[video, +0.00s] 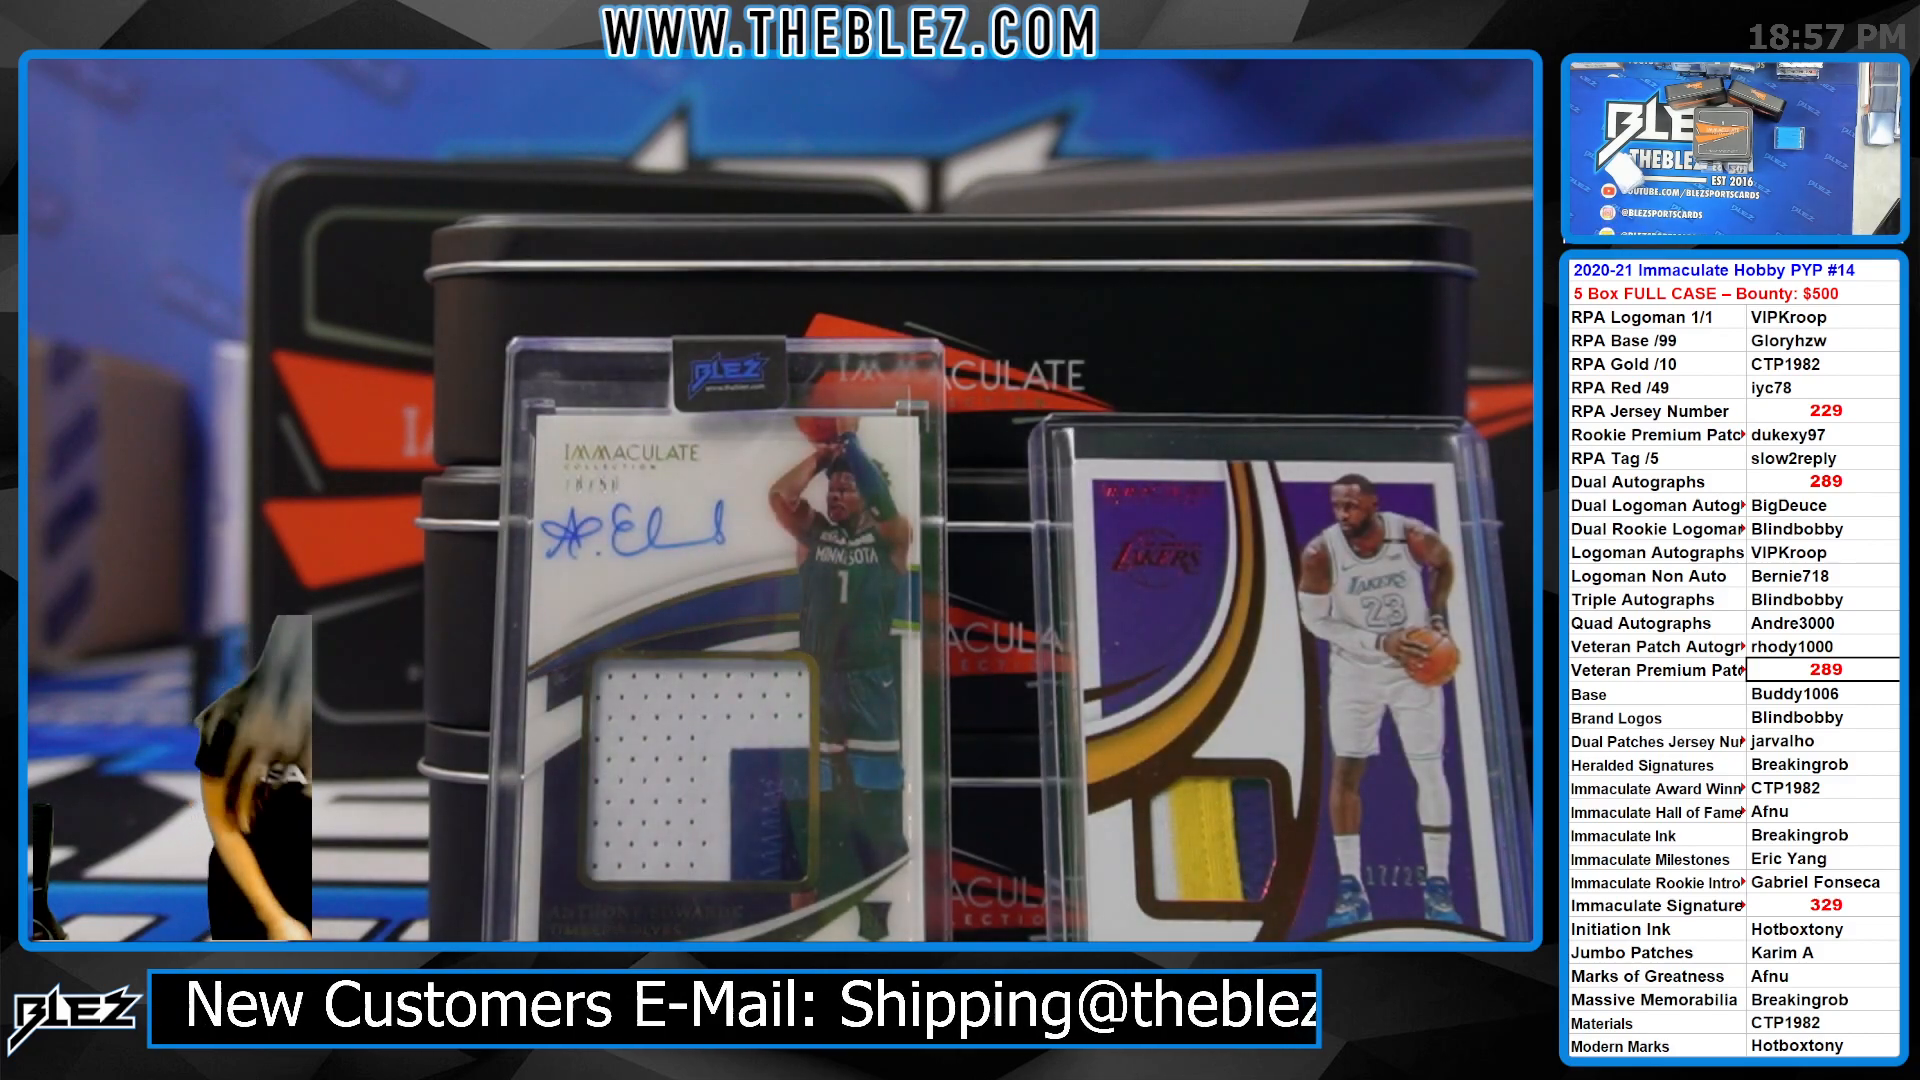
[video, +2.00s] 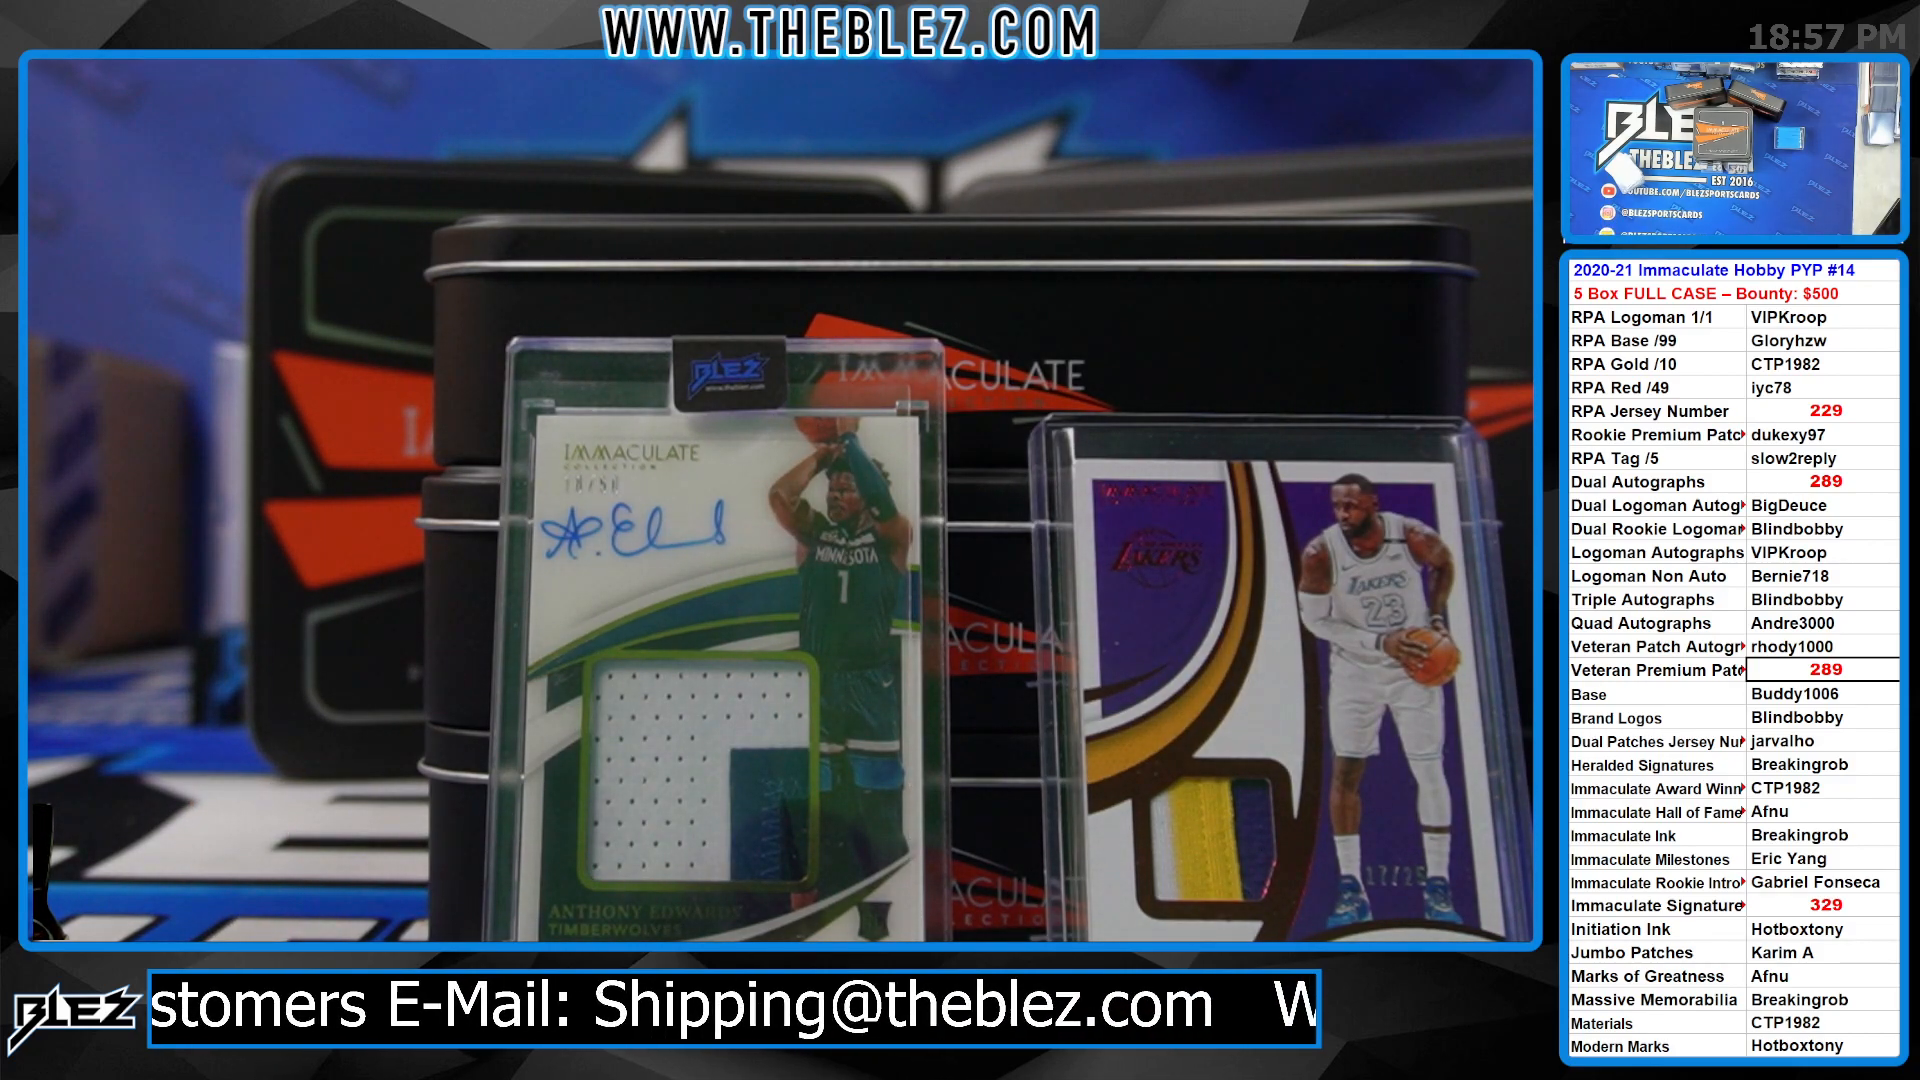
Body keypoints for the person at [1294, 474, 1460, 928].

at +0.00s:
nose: (1343, 514)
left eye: (1351, 505)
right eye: (1337, 506)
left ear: (1374, 505)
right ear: (1332, 509)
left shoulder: (1413, 536)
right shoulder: (1319, 554)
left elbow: (1445, 564)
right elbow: (1315, 621)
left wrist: (1437, 615)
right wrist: (1378, 641)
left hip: (1414, 672)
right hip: (1354, 674)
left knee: (1430, 772)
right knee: (1348, 773)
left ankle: (1438, 885)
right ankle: (1351, 888)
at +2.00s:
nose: (1342, 514)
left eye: (1351, 505)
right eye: (1337, 506)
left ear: (1373, 505)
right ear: (1332, 509)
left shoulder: (1413, 536)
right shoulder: (1319, 555)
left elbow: (1444, 564)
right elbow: (1315, 620)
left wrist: (1436, 617)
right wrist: (1379, 642)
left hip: (1414, 673)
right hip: (1354, 674)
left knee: (1430, 772)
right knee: (1348, 773)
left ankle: (1438, 884)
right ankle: (1350, 888)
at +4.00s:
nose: (1342, 514)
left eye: (1351, 505)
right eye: (1337, 506)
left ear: (1373, 505)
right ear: (1332, 509)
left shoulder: (1413, 536)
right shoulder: (1319, 555)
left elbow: (1444, 565)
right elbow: (1315, 621)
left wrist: (1436, 618)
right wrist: (1379, 641)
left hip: (1414, 673)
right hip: (1354, 674)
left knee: (1430, 771)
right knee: (1348, 773)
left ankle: (1438, 884)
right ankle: (1350, 888)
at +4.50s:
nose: (1345, 514)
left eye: (1353, 505)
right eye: (1338, 507)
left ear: (1373, 503)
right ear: (1331, 510)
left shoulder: (1407, 532)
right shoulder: (1322, 551)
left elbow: (1443, 563)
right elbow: (1314, 622)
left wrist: (1434, 620)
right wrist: (1364, 646)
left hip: (1415, 674)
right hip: (1353, 677)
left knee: (1429, 772)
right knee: (1348, 772)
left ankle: (1437, 884)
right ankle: (1350, 887)